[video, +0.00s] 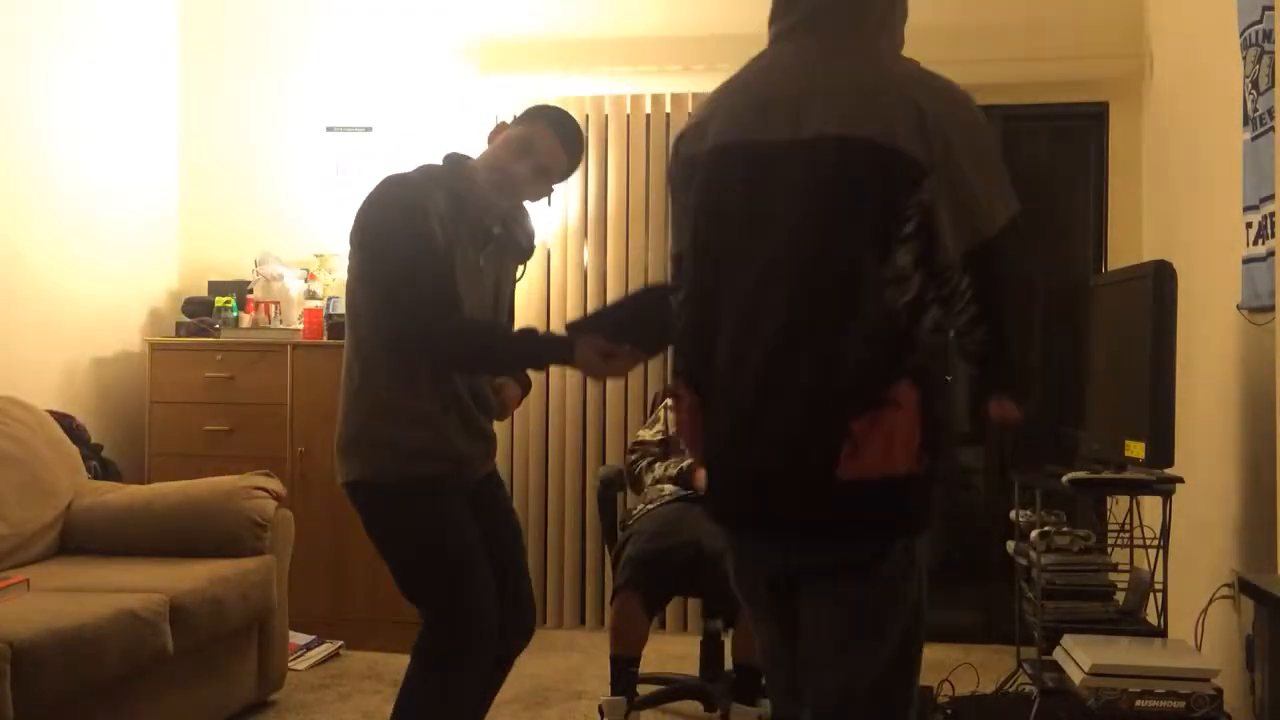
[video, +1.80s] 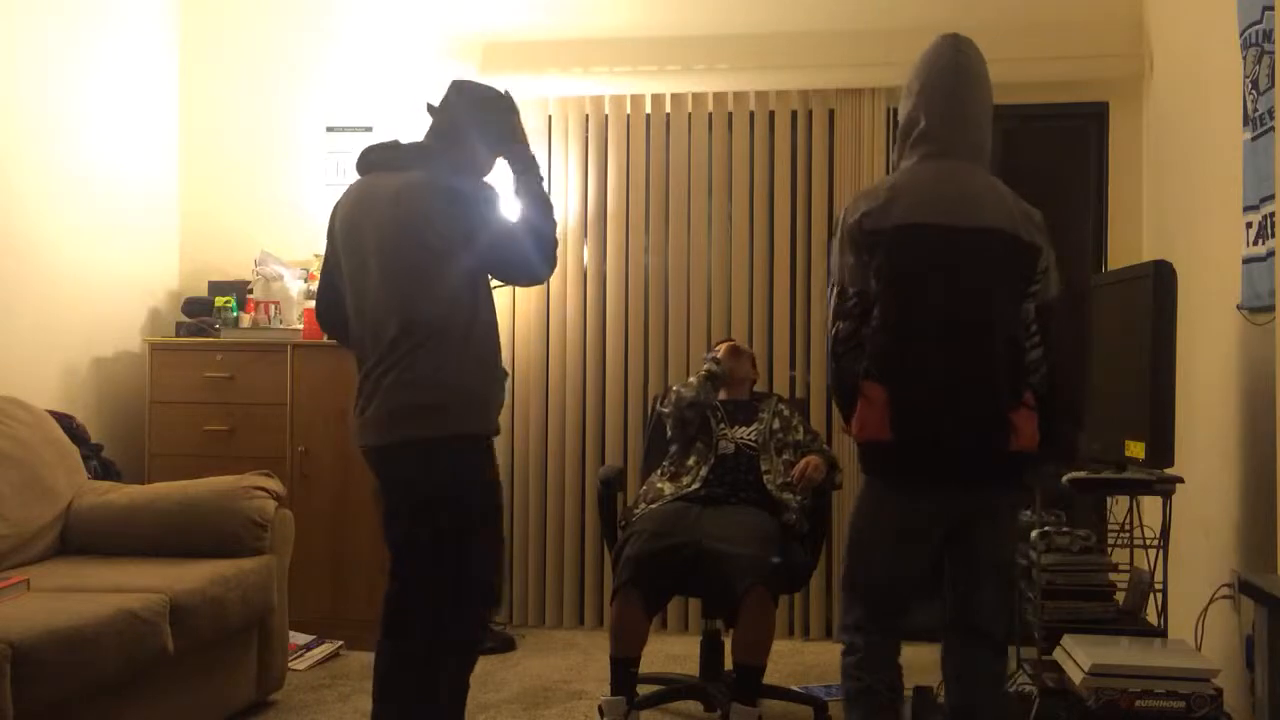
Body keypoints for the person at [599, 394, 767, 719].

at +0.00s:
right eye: (676, 399)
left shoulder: (736, 420)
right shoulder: (673, 400)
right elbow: (639, 464)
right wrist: (690, 471)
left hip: (728, 507)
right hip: (665, 503)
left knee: (750, 586)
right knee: (632, 580)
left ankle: (747, 694)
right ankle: (622, 692)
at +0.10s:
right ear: (700, 375)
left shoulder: (744, 416)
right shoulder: (674, 405)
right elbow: (639, 456)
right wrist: (694, 444)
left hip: (729, 507)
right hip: (665, 503)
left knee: (752, 593)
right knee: (632, 581)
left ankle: (744, 702)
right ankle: (622, 694)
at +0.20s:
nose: (717, 370)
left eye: (726, 366)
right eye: (714, 364)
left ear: (743, 376)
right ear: (705, 371)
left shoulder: (756, 414)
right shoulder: (678, 407)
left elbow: (756, 472)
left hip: (736, 509)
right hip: (671, 504)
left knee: (755, 587)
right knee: (634, 576)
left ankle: (745, 702)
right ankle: (621, 695)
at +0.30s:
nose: (722, 362)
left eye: (733, 355)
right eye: (716, 355)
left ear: (751, 364)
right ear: (706, 361)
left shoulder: (766, 404)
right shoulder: (683, 398)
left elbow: (778, 469)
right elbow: (662, 416)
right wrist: (703, 380)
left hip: (747, 506)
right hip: (677, 501)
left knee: (756, 581)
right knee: (636, 569)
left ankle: (745, 702)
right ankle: (621, 694)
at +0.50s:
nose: (737, 360)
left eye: (747, 354)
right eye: (727, 353)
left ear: (758, 368)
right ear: (712, 365)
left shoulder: (773, 406)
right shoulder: (688, 400)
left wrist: (773, 374)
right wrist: (708, 363)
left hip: (749, 504)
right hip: (682, 500)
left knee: (755, 577)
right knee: (637, 564)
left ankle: (743, 702)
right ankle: (621, 693)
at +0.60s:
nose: (745, 360)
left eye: (752, 356)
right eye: (734, 353)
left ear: (759, 371)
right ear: (716, 370)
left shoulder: (776, 409)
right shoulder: (690, 404)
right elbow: (673, 392)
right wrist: (718, 358)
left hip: (750, 506)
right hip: (680, 502)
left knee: (757, 578)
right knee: (638, 566)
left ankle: (744, 703)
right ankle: (621, 695)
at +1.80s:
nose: (731, 352)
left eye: (740, 352)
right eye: (722, 350)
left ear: (755, 372)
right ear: (708, 367)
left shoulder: (779, 409)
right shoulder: (686, 398)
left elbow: (820, 453)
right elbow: (676, 418)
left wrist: (819, 460)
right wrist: (715, 364)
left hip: (749, 507)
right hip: (678, 502)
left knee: (757, 577)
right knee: (638, 566)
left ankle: (745, 705)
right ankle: (621, 697)